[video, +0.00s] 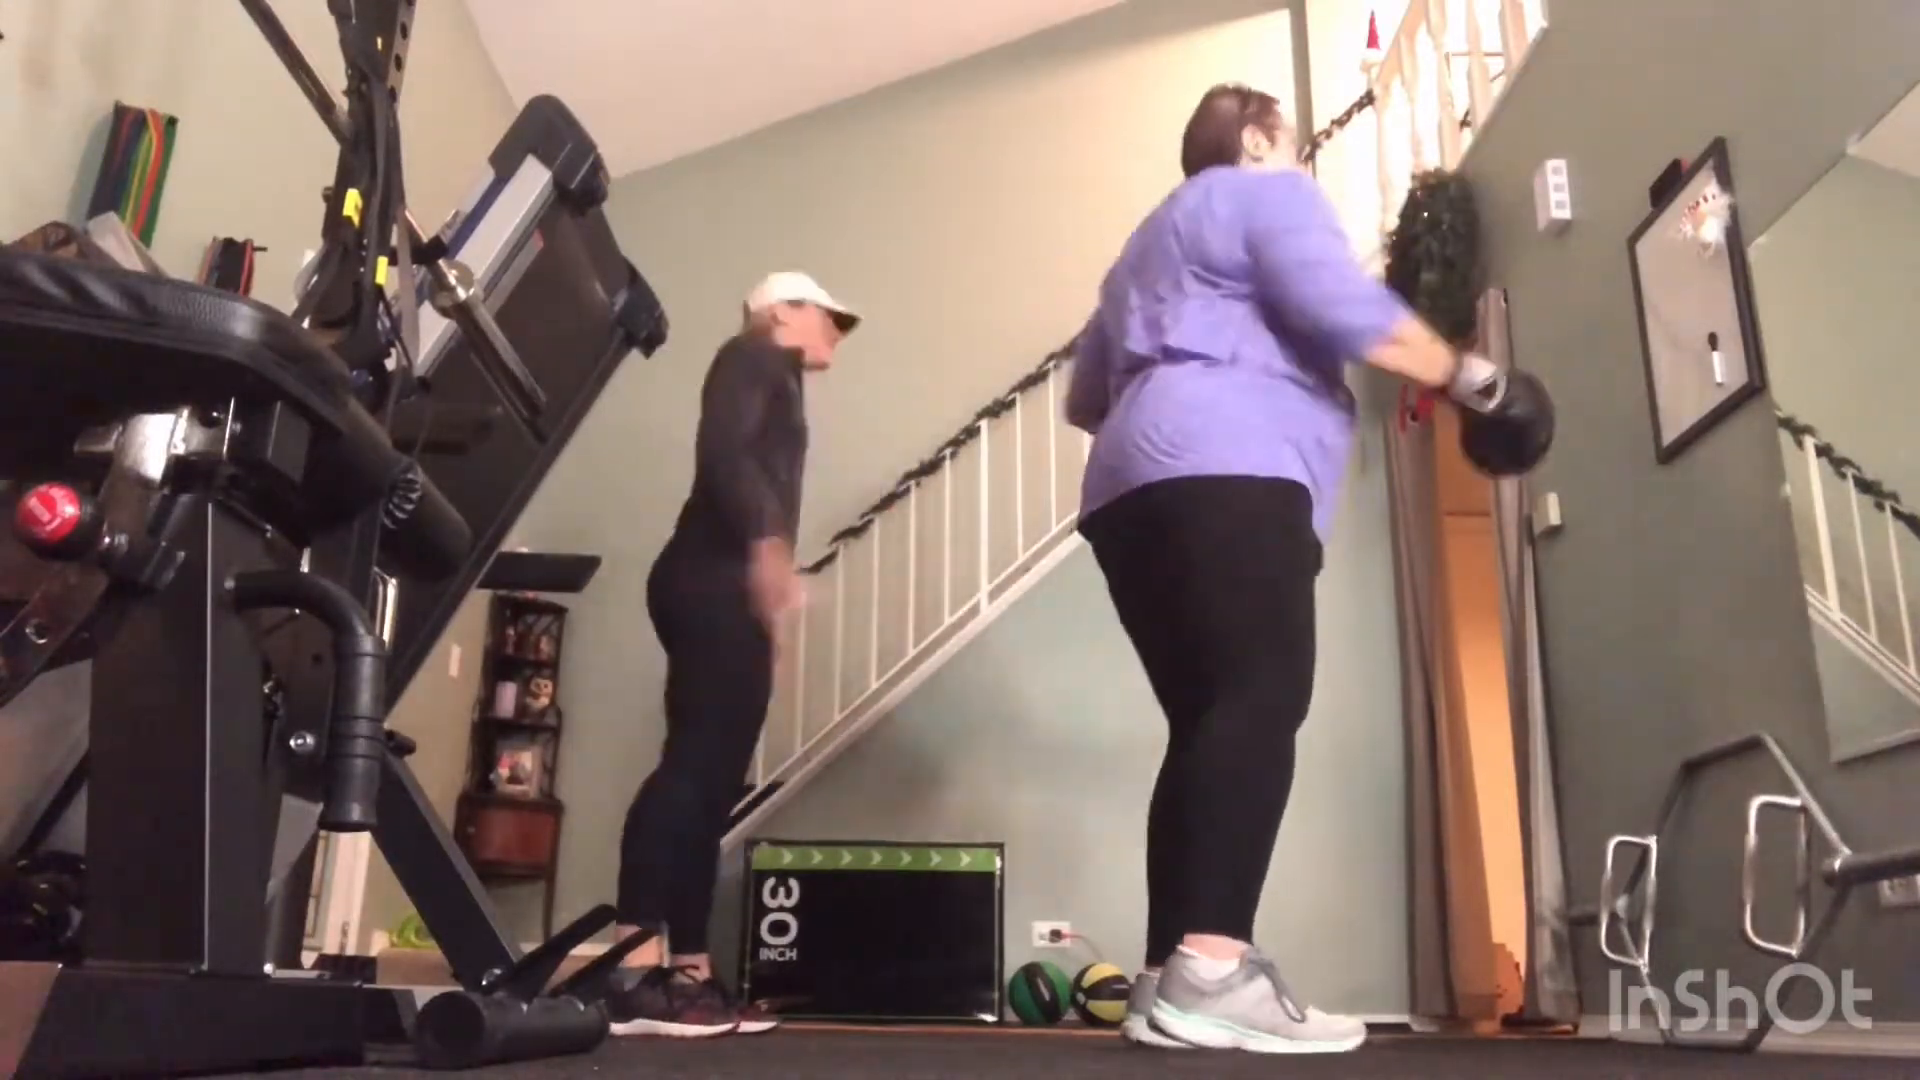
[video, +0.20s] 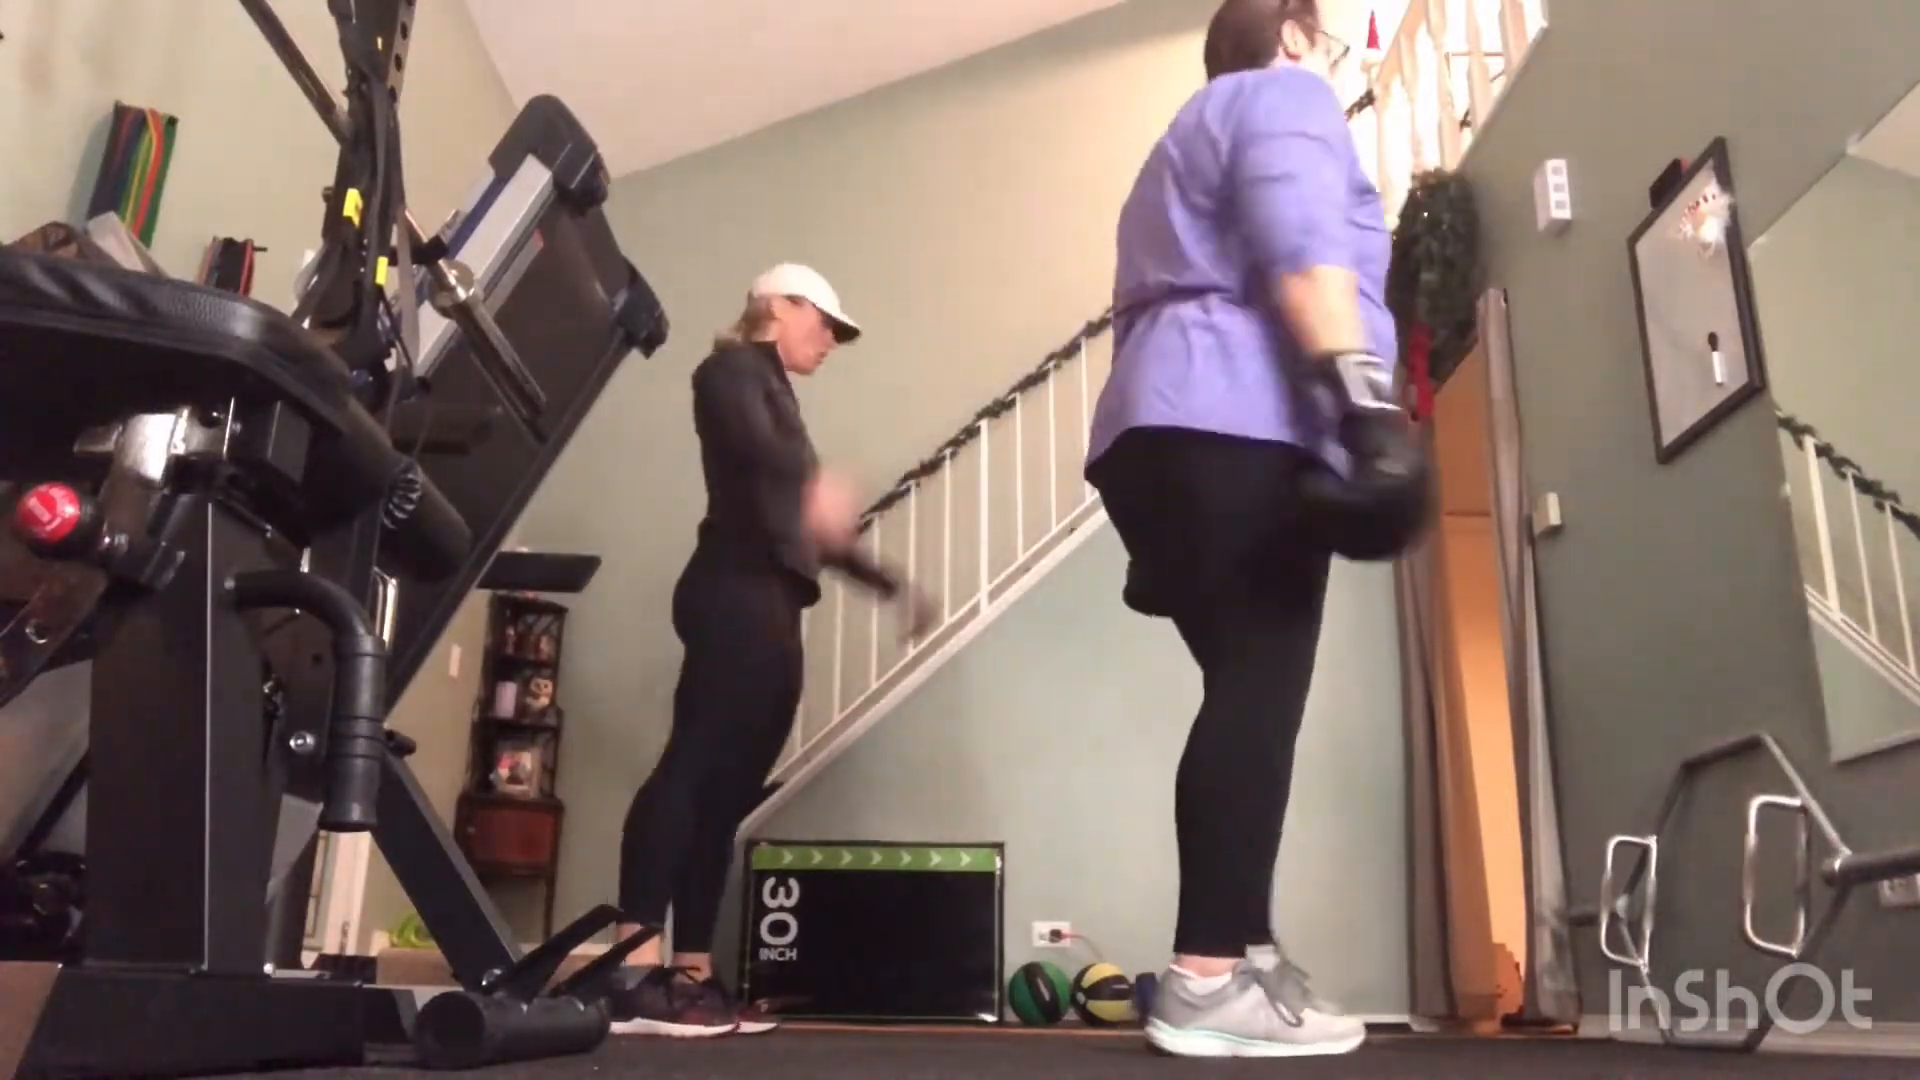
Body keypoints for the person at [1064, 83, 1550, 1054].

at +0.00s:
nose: (1296, 157)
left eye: (1290, 143)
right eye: (1288, 142)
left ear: (1198, 153)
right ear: (1256, 136)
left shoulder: (1141, 247)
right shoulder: (1270, 191)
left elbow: (1086, 395)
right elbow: (1333, 302)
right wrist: (1465, 373)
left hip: (1126, 483)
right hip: (1230, 462)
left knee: (1202, 726)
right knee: (1260, 701)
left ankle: (1176, 979)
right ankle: (1210, 972)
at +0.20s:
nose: (1327, 42)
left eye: (1321, 29)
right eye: (1318, 27)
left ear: (1222, 50)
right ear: (1290, 31)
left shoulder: (1188, 135)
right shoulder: (1280, 94)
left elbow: (1174, 303)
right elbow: (1299, 258)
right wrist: (1364, 403)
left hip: (1159, 432)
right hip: (1227, 423)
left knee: (1250, 696)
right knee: (1257, 695)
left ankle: (1235, 963)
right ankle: (1209, 976)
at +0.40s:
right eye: (1341, 88)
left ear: (1248, 119)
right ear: (1349, 105)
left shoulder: (1181, 204)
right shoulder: (1404, 164)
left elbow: (1133, 369)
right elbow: (1463, 315)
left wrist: (1118, 505)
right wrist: (1516, 466)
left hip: (1208, 466)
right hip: (1384, 450)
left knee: (1254, 722)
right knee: (1442, 707)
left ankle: (1278, 989)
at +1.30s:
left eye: (1178, 93)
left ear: (1177, 101)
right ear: (1277, 86)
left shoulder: (1121, 168)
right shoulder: (1357, 142)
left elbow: (1081, 328)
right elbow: (1424, 292)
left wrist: (1055, 489)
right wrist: (1465, 460)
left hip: (1174, 426)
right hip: (1356, 424)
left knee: (1216, 712)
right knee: (1378, 683)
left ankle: (1251, 979)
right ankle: (1362, 920)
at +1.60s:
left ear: (1225, 101)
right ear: (1327, 87)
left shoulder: (1161, 176)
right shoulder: (1395, 137)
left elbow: (1114, 352)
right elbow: (1462, 285)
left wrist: (1106, 504)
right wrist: (1513, 456)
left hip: (1199, 426)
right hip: (1384, 417)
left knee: (1241, 705)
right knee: (1446, 678)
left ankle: (1272, 990)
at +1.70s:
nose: (1292, 109)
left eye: (1293, 96)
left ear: (1301, 97)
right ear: (1405, 90)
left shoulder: (1256, 161)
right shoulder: (1495, 156)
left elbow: (1207, 306)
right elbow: (1558, 298)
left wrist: (1168, 467)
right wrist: (1588, 470)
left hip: (1299, 426)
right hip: (1484, 429)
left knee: (1290, 709)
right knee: (1505, 705)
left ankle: (1279, 981)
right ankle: (1537, 985)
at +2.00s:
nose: (1326, 176)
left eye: (1327, 162)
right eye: (1325, 164)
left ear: (1350, 140)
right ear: (1426, 134)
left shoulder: (1349, 173)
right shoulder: (1531, 207)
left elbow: (1325, 315)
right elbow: (1582, 365)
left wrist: (1267, 464)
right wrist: (1603, 530)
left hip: (1411, 445)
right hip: (1563, 458)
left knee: (1398, 715)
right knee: (1554, 722)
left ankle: (1417, 982)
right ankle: (1632, 981)